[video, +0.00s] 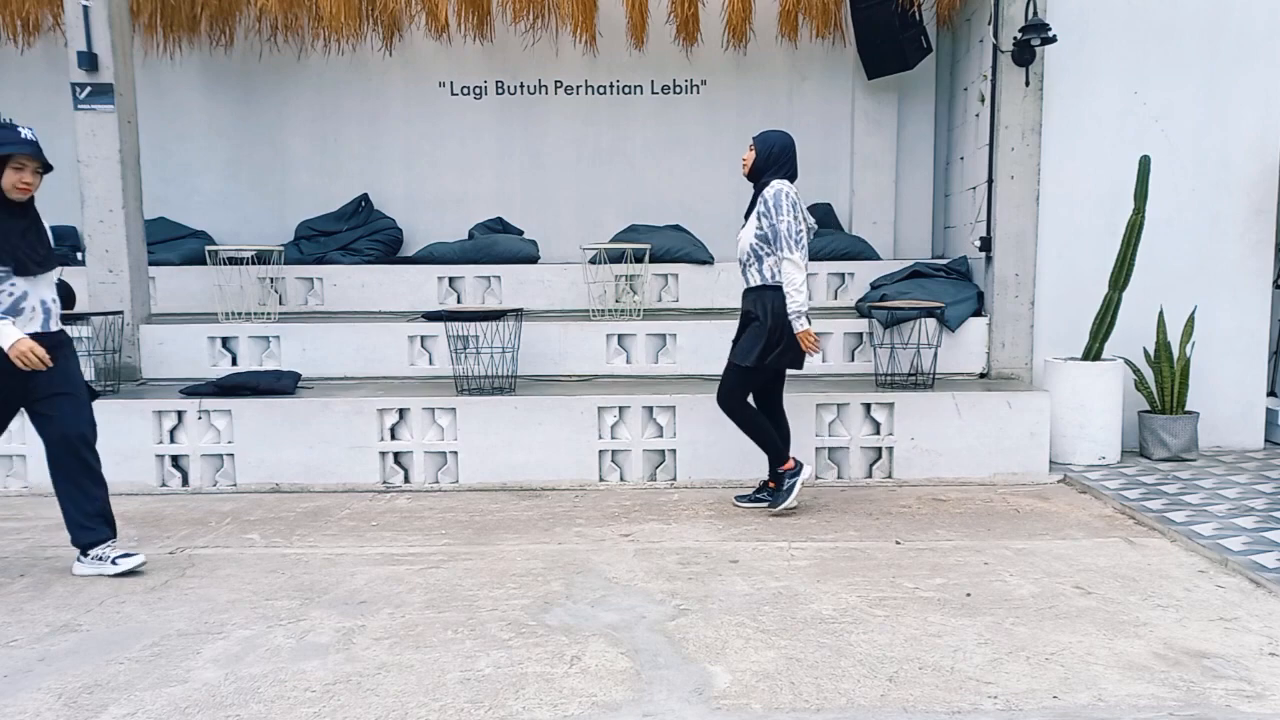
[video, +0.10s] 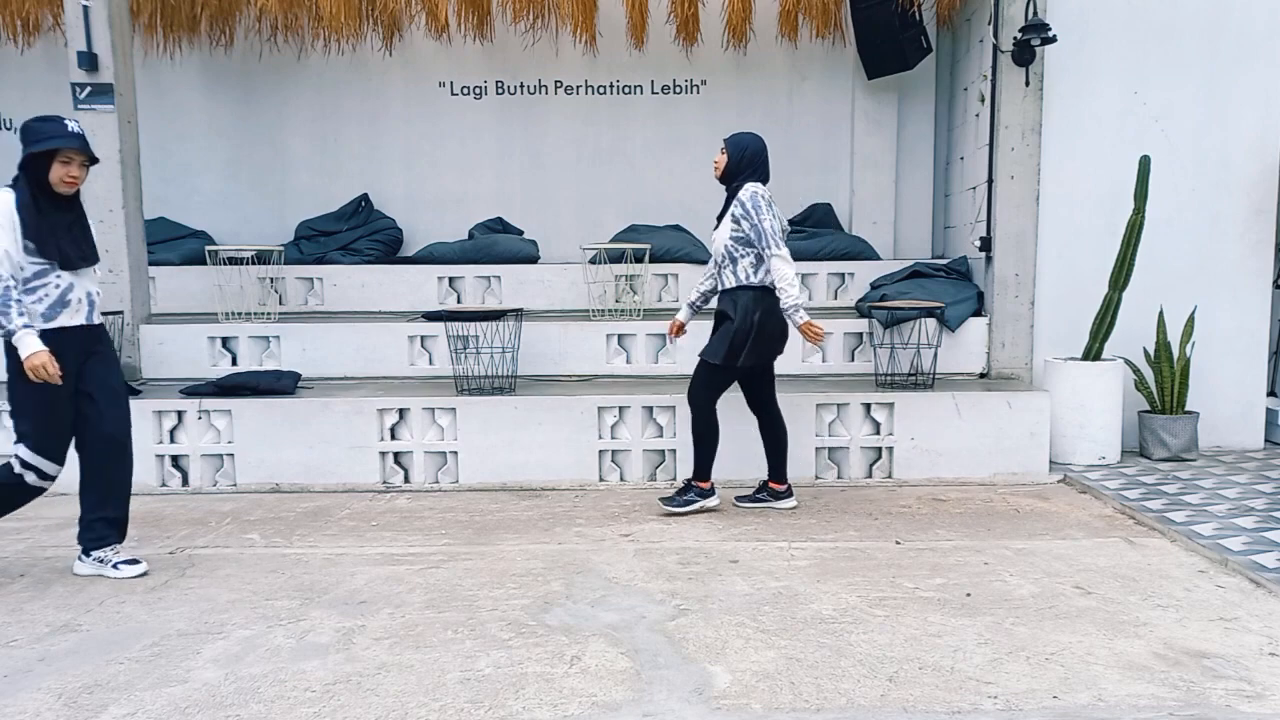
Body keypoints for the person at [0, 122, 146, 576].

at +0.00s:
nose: (27, 177)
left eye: (35, 170)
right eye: (17, 167)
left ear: (42, 175)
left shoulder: (30, 214)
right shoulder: (2, 214)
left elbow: (34, 281)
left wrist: (51, 317)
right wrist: (8, 336)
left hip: (49, 347)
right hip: (6, 353)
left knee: (74, 436)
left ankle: (95, 546)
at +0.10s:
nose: (74, 171)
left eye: (82, 163)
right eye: (64, 161)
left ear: (88, 167)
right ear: (38, 162)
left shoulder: (72, 208)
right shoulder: (10, 206)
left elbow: (75, 280)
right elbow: (4, 285)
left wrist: (93, 332)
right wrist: (26, 344)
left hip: (90, 340)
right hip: (38, 347)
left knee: (110, 438)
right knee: (37, 466)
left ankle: (98, 549)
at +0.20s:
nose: (118, 166)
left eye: (125, 157)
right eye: (108, 155)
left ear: (130, 161)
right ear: (80, 154)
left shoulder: (121, 211)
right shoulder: (42, 201)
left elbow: (135, 289)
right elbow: (23, 279)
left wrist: (150, 349)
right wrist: (35, 345)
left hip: (123, 336)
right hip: (71, 337)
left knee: (129, 437)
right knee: (116, 432)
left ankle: (102, 547)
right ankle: (58, 534)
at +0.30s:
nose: (160, 167)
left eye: (167, 158)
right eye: (150, 156)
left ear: (172, 162)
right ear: (123, 157)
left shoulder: (161, 213)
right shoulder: (87, 205)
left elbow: (185, 284)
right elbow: (50, 275)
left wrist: (213, 331)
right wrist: (45, 348)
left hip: (155, 341)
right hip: (108, 340)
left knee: (124, 446)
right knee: (168, 426)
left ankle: (96, 548)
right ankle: (187, 557)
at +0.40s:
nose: (198, 171)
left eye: (205, 162)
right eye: (188, 161)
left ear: (211, 167)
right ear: (161, 162)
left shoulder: (200, 217)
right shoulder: (129, 213)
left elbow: (231, 277)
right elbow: (88, 286)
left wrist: (268, 312)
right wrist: (67, 355)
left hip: (195, 350)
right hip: (154, 352)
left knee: (149, 452)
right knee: (212, 444)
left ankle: (101, 540)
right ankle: (267, 555)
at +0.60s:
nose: (273, 162)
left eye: (282, 154)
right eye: (263, 152)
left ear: (289, 159)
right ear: (239, 153)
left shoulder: (279, 210)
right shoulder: (212, 209)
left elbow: (311, 276)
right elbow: (193, 290)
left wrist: (346, 320)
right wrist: (183, 362)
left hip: (290, 342)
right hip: (246, 345)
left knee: (305, 445)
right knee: (288, 446)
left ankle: (205, 508)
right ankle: (289, 567)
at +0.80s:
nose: (356, 157)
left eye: (365, 150)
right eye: (347, 146)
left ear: (371, 156)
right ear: (322, 146)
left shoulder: (360, 202)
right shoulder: (294, 200)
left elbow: (366, 279)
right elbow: (298, 284)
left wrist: (376, 337)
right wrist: (338, 338)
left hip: (372, 339)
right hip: (319, 344)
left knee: (411, 436)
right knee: (315, 456)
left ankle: (425, 554)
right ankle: (291, 565)